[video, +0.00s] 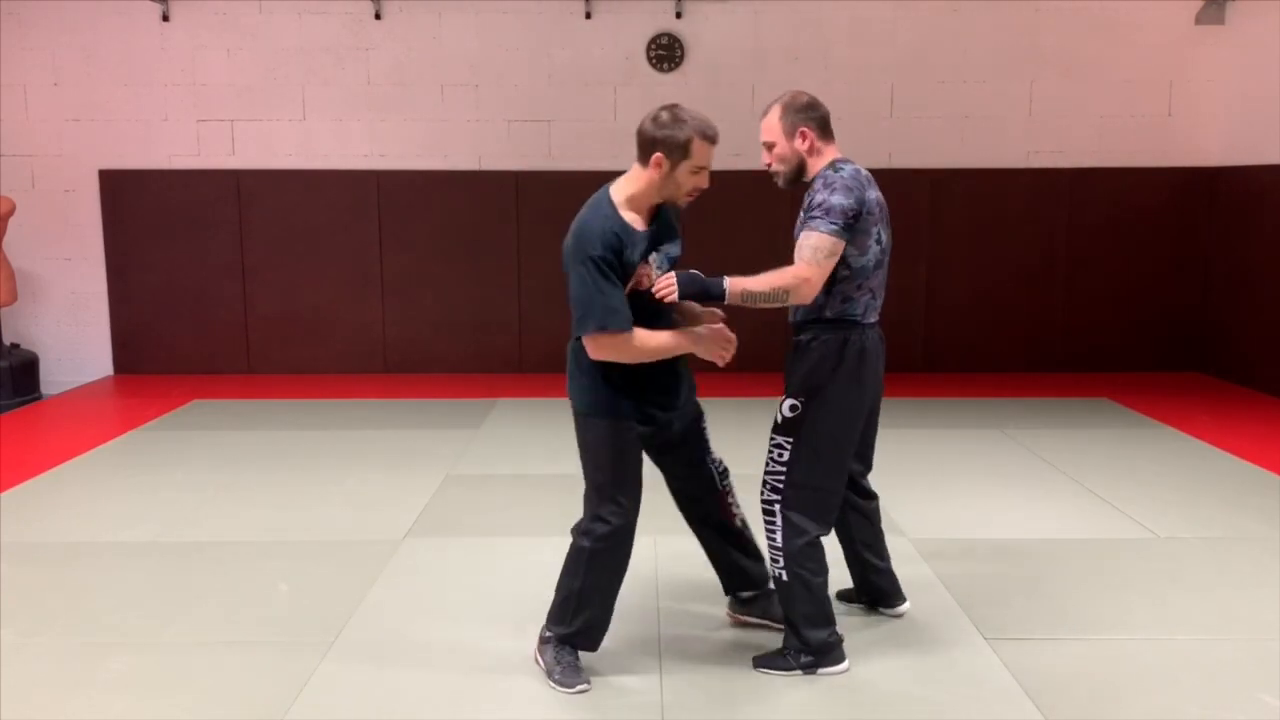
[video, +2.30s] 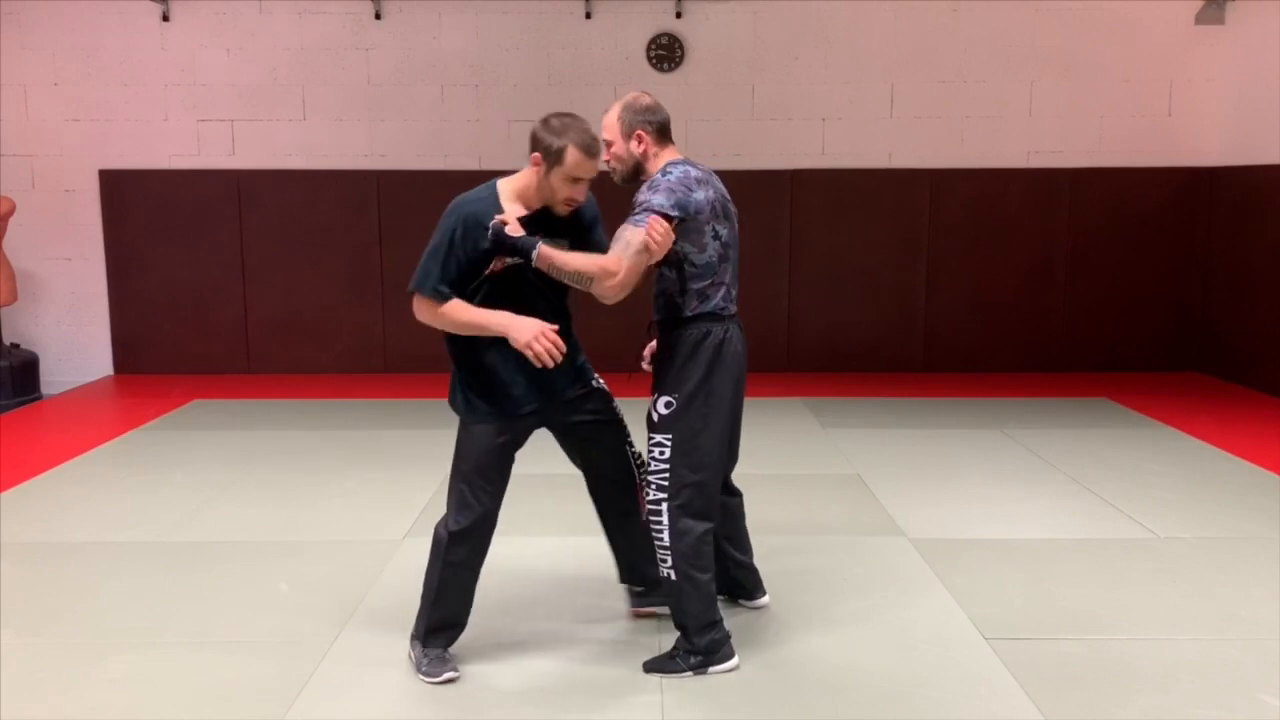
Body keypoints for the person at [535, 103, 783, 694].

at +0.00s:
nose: (705, 184)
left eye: (708, 172)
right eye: (699, 172)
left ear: (661, 164)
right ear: (658, 163)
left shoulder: (660, 211)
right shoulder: (593, 235)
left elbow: (663, 294)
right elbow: (604, 344)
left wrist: (702, 319)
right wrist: (690, 342)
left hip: (663, 378)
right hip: (605, 389)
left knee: (706, 489)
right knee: (611, 516)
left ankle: (750, 593)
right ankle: (560, 639)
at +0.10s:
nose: (681, 168)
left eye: (684, 155)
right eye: (676, 155)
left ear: (639, 148)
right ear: (638, 148)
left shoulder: (633, 198)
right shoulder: (576, 222)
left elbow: (633, 288)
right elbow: (581, 333)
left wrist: (665, 311)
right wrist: (661, 327)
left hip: (637, 375)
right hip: (586, 388)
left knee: (672, 481)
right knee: (600, 514)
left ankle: (682, 589)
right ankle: (559, 638)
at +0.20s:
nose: (661, 151)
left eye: (663, 139)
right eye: (657, 139)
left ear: (621, 133)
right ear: (622, 133)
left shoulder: (607, 191)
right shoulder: (565, 205)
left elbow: (607, 284)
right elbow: (561, 315)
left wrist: (644, 297)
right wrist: (637, 309)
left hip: (619, 377)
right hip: (573, 387)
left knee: (633, 483)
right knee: (584, 513)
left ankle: (608, 583)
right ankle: (557, 638)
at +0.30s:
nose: (650, 142)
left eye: (651, 130)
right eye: (644, 130)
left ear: (608, 128)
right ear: (609, 128)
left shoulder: (592, 190)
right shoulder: (551, 197)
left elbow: (590, 279)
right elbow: (542, 302)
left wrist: (627, 295)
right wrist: (621, 300)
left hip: (592, 376)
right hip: (554, 384)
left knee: (589, 490)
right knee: (571, 511)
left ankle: (531, 570)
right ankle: (558, 638)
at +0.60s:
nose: (618, 152)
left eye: (620, 141)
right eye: (613, 139)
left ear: (581, 135)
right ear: (581, 133)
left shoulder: (559, 195)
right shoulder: (516, 189)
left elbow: (545, 280)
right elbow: (493, 282)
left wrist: (580, 299)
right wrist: (573, 299)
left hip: (542, 375)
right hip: (501, 376)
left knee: (541, 489)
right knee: (506, 498)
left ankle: (522, 583)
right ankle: (478, 627)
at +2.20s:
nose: (556, 189)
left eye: (560, 177)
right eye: (548, 176)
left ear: (525, 167)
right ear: (510, 164)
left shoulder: (543, 211)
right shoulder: (443, 220)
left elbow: (566, 280)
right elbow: (423, 317)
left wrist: (620, 277)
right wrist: (519, 306)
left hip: (544, 374)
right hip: (478, 389)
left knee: (596, 466)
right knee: (467, 521)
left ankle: (563, 574)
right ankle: (432, 640)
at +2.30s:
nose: (583, 194)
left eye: (588, 182)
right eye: (574, 181)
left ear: (587, 174)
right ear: (537, 164)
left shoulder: (575, 211)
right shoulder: (469, 217)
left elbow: (606, 288)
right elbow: (426, 306)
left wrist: (646, 254)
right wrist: (509, 324)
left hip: (566, 378)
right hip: (493, 393)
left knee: (620, 473)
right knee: (470, 519)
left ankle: (648, 584)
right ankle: (432, 640)